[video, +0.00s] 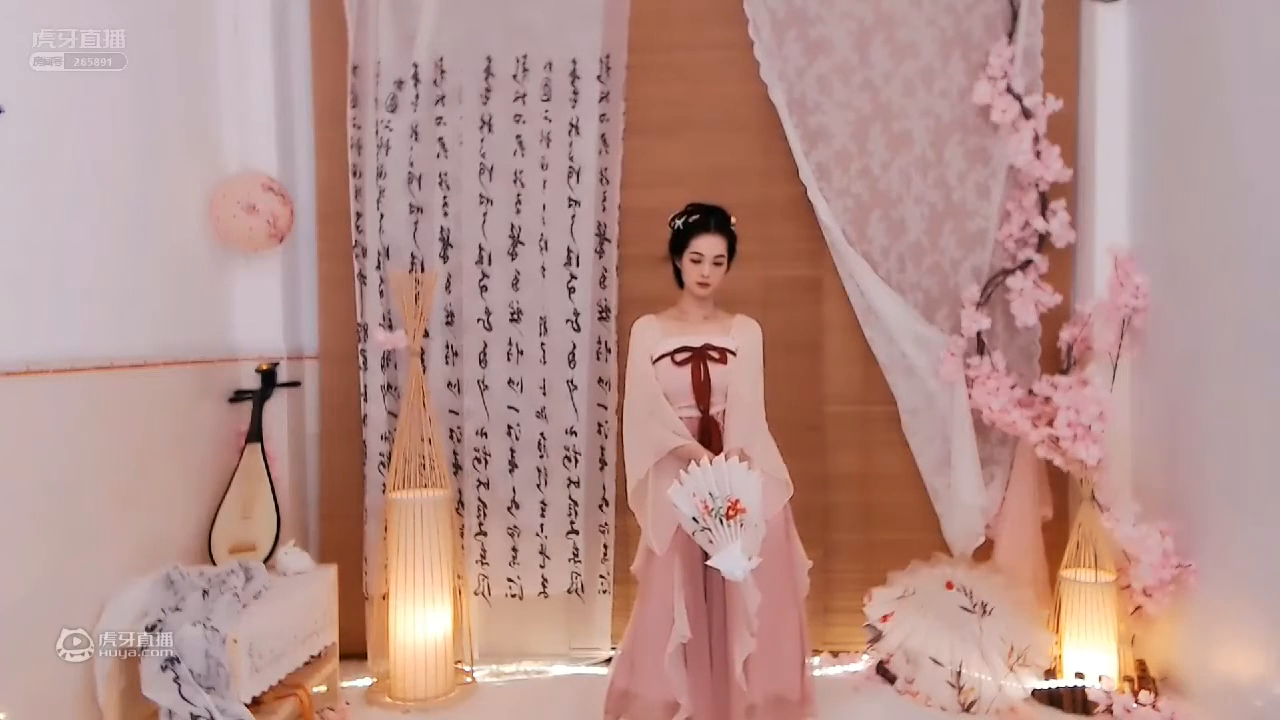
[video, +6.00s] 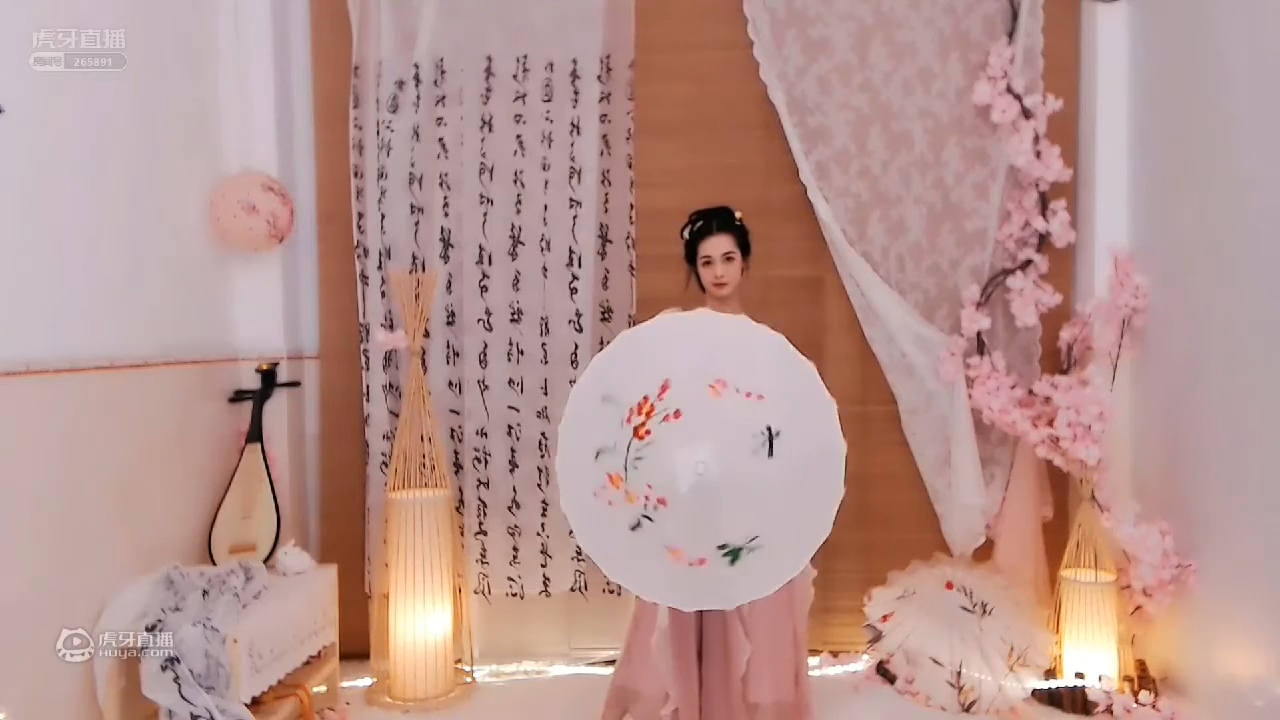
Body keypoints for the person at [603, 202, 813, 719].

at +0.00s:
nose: (707, 272)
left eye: (718, 262)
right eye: (697, 260)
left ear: (729, 267)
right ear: (677, 261)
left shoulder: (745, 330)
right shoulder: (648, 330)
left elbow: (750, 412)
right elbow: (645, 411)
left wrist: (738, 464)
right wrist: (689, 451)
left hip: (741, 470)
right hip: (674, 472)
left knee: (745, 590)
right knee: (679, 588)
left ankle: (747, 703)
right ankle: (681, 704)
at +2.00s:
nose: (709, 272)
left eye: (718, 261)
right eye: (698, 261)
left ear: (730, 265)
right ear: (678, 265)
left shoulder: (749, 334)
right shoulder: (651, 329)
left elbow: (757, 423)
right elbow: (636, 419)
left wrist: (753, 493)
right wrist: (651, 493)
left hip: (735, 486)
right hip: (670, 485)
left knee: (734, 606)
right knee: (674, 604)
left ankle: (735, 710)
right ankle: (676, 710)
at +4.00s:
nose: (715, 270)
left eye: (725, 258)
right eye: (704, 260)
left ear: (740, 263)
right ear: (690, 266)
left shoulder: (757, 335)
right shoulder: (664, 324)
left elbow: (777, 423)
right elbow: (644, 409)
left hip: (739, 486)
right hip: (675, 483)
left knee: (738, 602)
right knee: (675, 599)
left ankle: (737, 708)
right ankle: (676, 709)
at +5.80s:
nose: (719, 271)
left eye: (729, 258)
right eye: (708, 260)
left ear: (745, 263)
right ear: (695, 267)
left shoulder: (764, 340)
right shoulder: (672, 337)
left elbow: (789, 431)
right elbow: (646, 420)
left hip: (752, 493)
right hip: (684, 492)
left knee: (750, 612)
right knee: (683, 613)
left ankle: (749, 710)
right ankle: (679, 711)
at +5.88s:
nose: (718, 271)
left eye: (728, 258)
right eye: (707, 261)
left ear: (745, 263)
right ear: (694, 267)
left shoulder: (764, 343)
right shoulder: (673, 334)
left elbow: (793, 430)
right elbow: (640, 415)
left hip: (752, 495)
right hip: (682, 495)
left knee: (749, 614)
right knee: (682, 614)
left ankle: (748, 711)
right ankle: (679, 712)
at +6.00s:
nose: (718, 271)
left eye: (728, 258)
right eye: (707, 261)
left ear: (744, 263)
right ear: (694, 267)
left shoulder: (766, 343)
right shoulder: (671, 333)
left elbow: (796, 430)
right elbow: (635, 415)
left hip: (752, 499)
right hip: (682, 498)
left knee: (750, 618)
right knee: (681, 620)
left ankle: (747, 712)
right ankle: (677, 713)